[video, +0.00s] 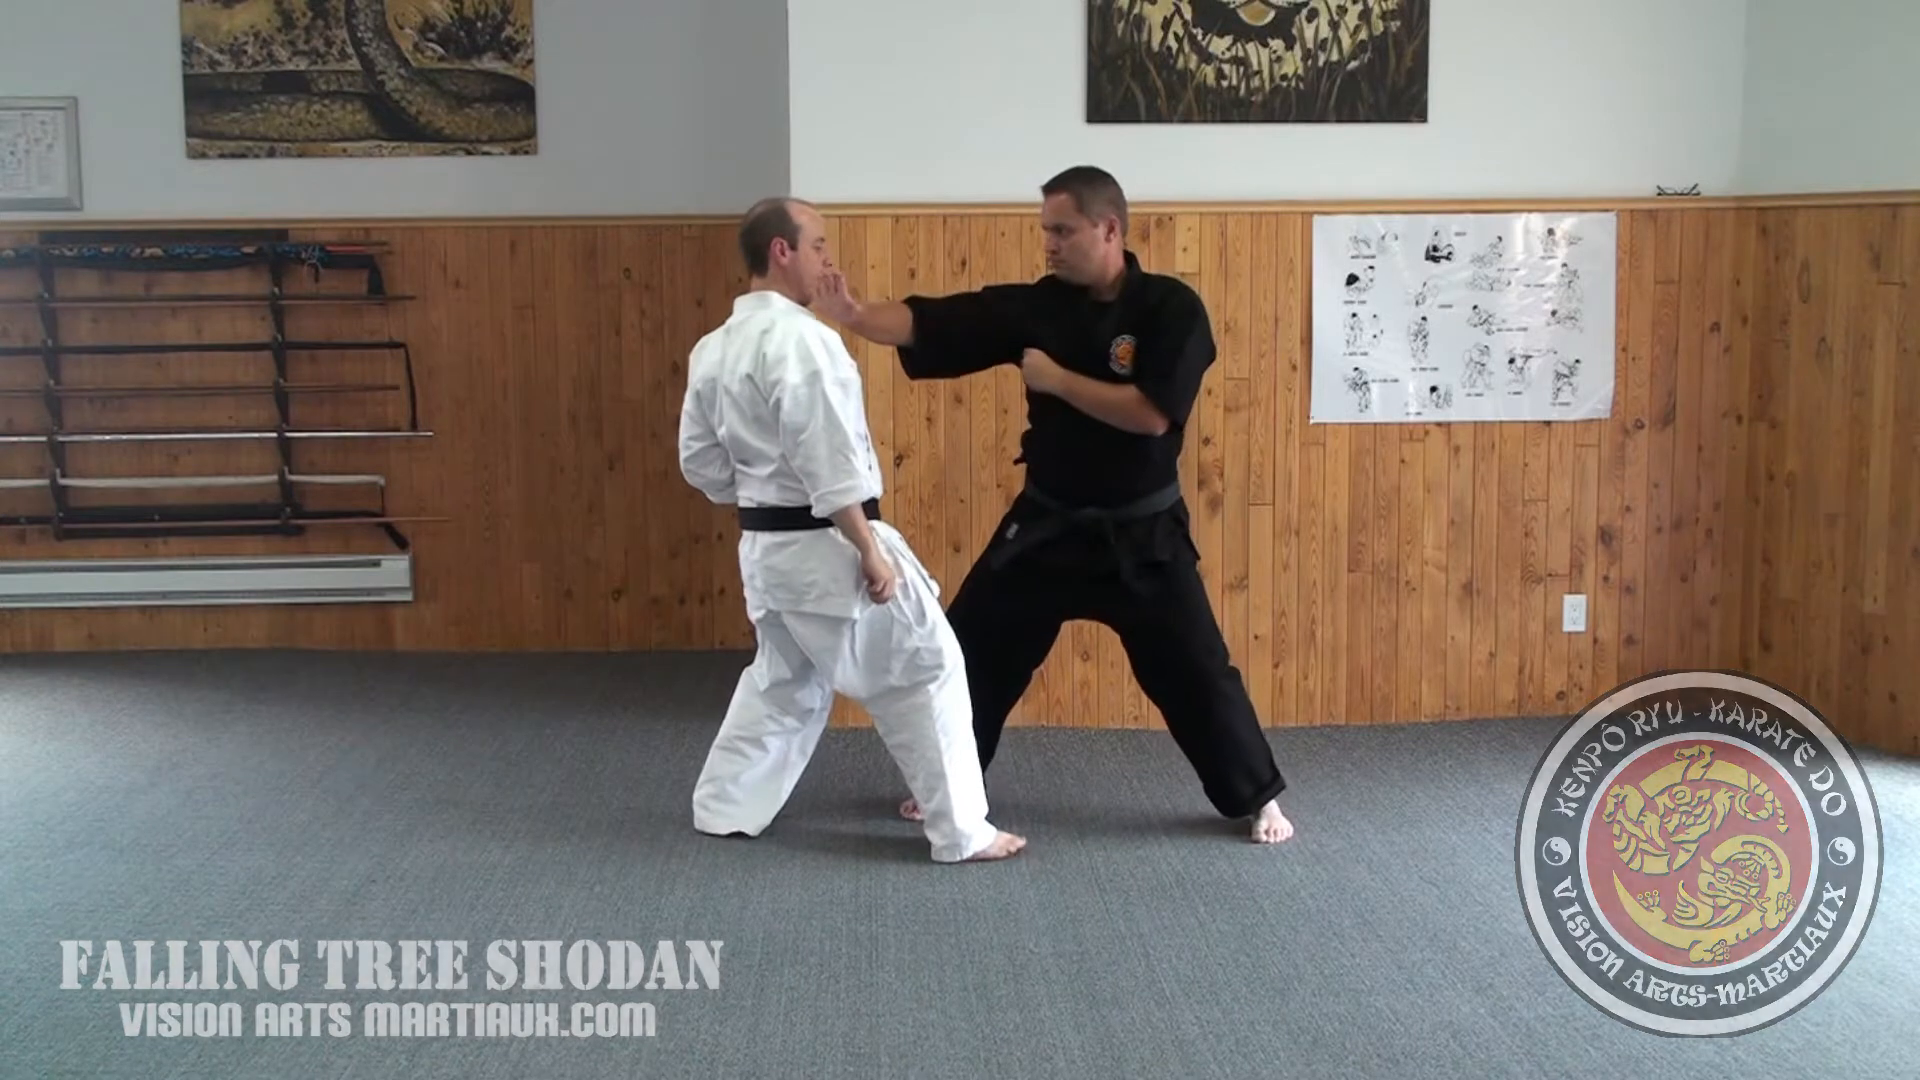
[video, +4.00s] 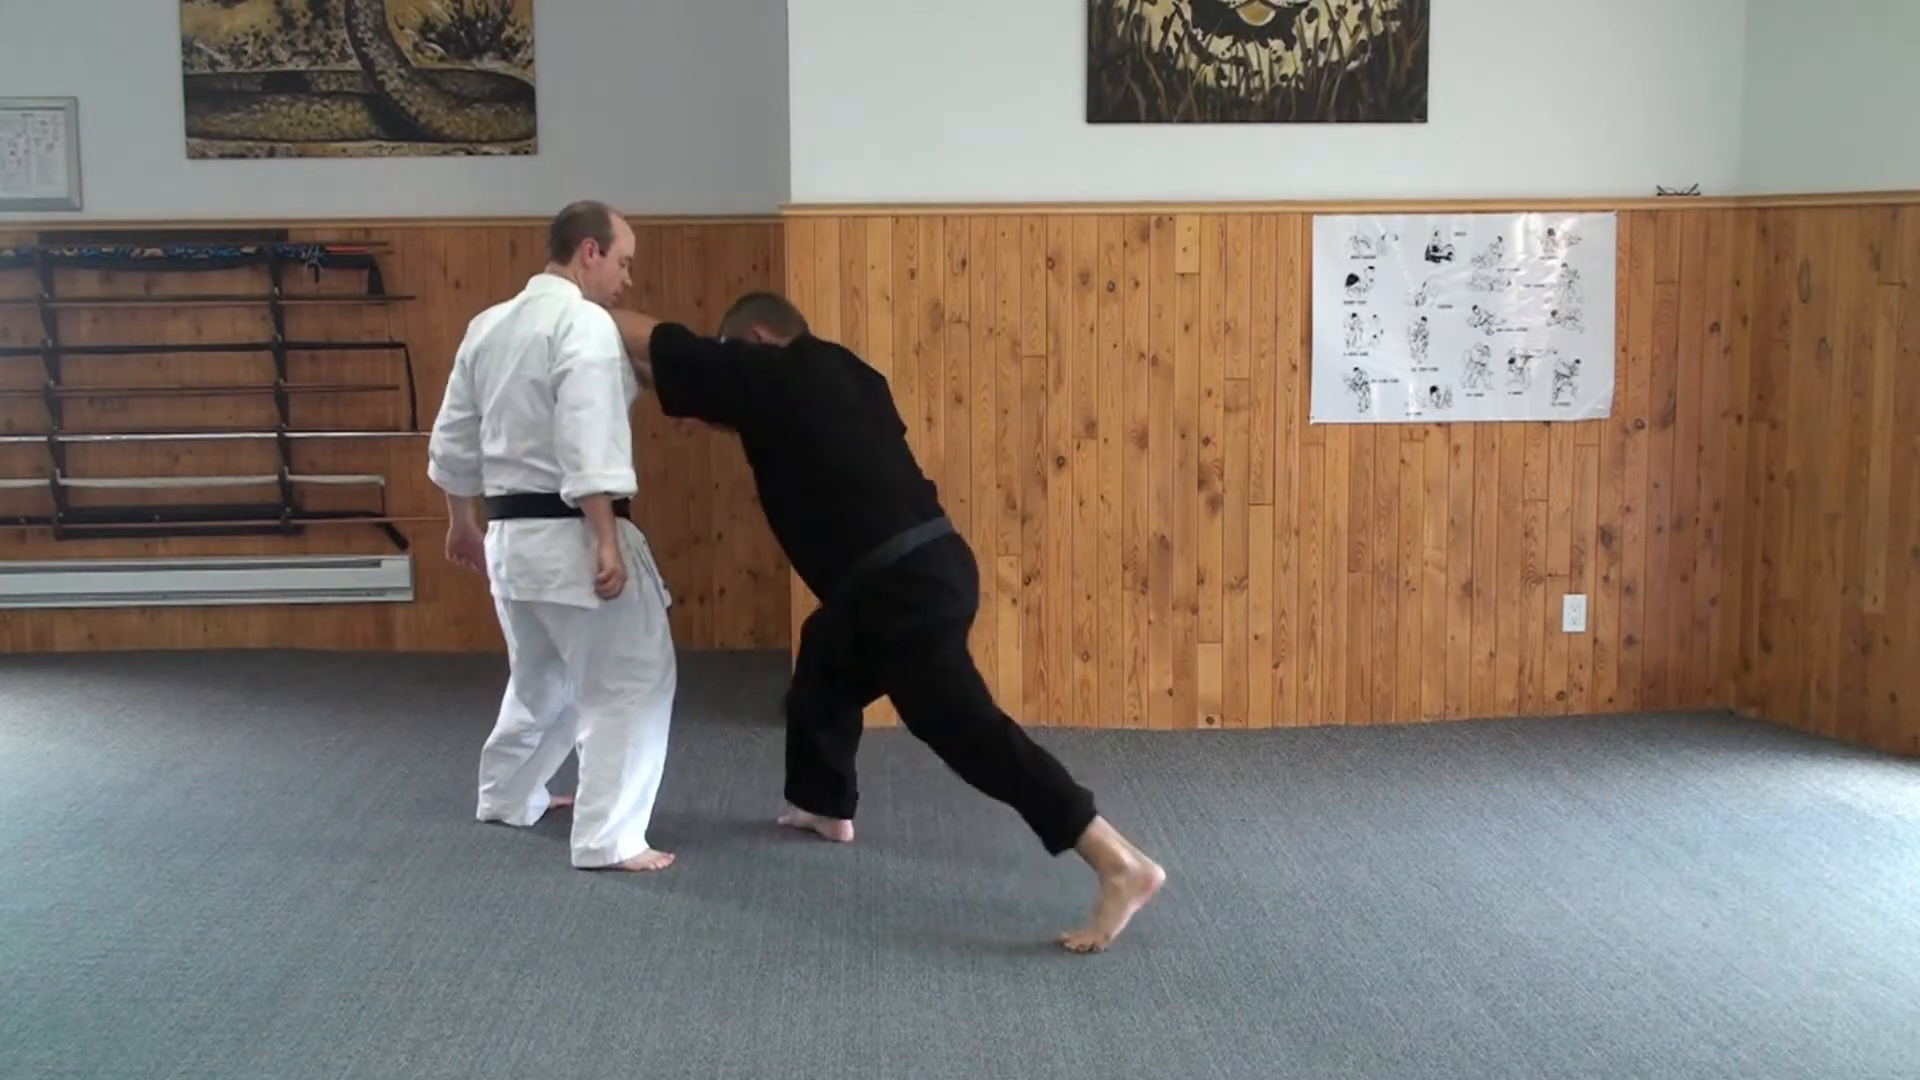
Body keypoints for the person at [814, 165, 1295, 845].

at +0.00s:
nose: (1048, 244)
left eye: (1061, 231)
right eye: (1045, 230)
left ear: (1111, 231)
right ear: (1048, 231)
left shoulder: (1171, 309)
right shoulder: (1034, 307)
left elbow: (1155, 414)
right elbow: (931, 322)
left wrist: (1055, 380)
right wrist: (857, 315)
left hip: (1142, 532)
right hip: (1043, 527)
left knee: (1197, 667)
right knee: (973, 651)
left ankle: (1258, 798)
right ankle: (946, 785)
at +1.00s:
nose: (977, 207)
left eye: (987, 193)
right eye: (975, 196)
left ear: (1033, 193)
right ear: (992, 202)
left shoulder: (1072, 262)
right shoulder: (976, 287)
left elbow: (1073, 197)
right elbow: (883, 333)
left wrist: (1037, 130)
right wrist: (792, 333)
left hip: (1063, 491)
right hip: (991, 495)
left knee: (1101, 642)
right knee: (967, 644)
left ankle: (1218, 767)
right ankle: (1017, 784)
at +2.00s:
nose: (835, 206)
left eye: (846, 195)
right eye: (841, 197)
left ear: (872, 206)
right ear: (899, 215)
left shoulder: (837, 269)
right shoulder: (911, 287)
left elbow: (755, 194)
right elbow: (800, 354)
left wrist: (845, 184)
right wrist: (710, 336)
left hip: (836, 512)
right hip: (911, 509)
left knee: (752, 666)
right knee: (925, 654)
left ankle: (724, 847)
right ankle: (995, 789)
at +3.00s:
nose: (788, 216)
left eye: (792, 204)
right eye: (793, 203)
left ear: (812, 208)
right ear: (865, 216)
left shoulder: (776, 285)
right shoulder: (896, 298)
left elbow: (676, 316)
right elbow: (817, 378)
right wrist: (705, 361)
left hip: (790, 527)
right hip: (880, 522)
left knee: (715, 683)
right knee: (904, 666)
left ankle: (722, 855)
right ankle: (962, 807)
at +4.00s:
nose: (729, 361)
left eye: (730, 351)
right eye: (731, 352)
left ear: (752, 340)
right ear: (792, 330)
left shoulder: (762, 373)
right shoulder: (853, 371)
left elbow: (647, 341)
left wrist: (579, 307)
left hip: (894, 586)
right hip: (938, 566)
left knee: (968, 730)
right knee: (825, 653)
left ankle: (1121, 865)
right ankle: (826, 807)